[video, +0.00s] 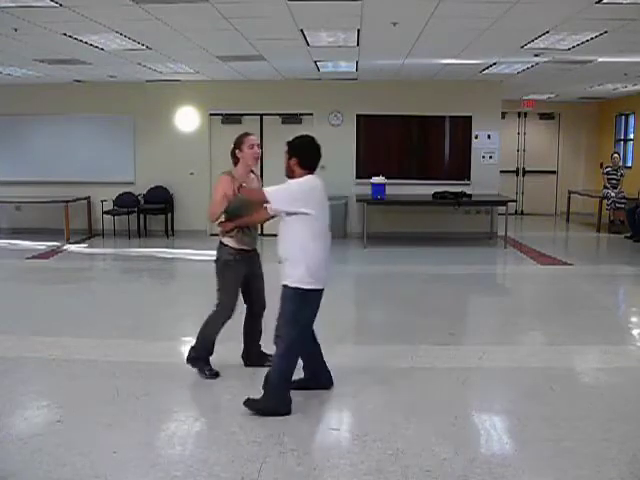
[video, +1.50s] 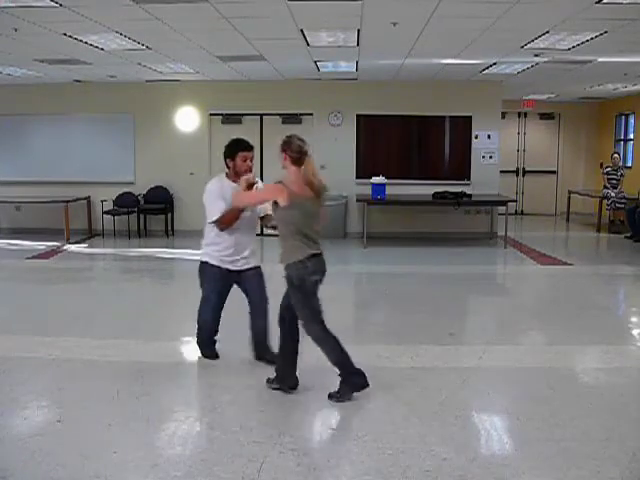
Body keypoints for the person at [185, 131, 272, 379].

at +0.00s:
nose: (258, 151)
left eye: (259, 147)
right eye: (252, 147)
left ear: (258, 151)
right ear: (238, 152)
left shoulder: (256, 180)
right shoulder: (227, 180)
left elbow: (255, 213)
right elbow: (214, 215)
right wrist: (232, 199)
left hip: (250, 252)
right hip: (230, 252)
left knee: (257, 305)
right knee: (226, 308)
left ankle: (252, 353)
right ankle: (198, 355)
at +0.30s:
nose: (250, 166)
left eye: (252, 161)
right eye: (246, 160)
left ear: (255, 161)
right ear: (237, 158)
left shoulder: (259, 186)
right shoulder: (223, 186)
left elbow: (267, 223)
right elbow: (219, 230)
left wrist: (235, 229)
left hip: (250, 254)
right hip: (228, 253)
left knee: (250, 317)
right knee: (219, 309)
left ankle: (244, 369)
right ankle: (195, 357)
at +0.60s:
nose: (248, 157)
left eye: (245, 153)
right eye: (246, 154)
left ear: (218, 156)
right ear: (243, 158)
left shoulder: (209, 177)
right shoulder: (255, 190)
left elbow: (225, 156)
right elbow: (269, 226)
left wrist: (250, 134)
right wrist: (258, 246)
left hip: (210, 267)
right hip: (240, 269)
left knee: (216, 315)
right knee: (243, 329)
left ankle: (194, 369)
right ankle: (238, 389)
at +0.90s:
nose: (228, 158)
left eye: (229, 153)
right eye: (223, 154)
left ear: (219, 157)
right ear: (207, 159)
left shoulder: (210, 179)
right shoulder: (209, 185)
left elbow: (229, 195)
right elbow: (207, 225)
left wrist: (245, 179)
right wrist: (233, 252)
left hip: (203, 263)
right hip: (206, 265)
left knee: (206, 316)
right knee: (215, 320)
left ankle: (194, 362)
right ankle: (205, 379)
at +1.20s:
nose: (227, 162)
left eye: (228, 157)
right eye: (221, 158)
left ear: (229, 159)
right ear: (205, 162)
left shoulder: (232, 187)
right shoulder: (195, 188)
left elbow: (239, 217)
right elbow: (207, 221)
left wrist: (252, 215)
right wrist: (240, 220)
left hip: (220, 265)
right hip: (192, 264)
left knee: (212, 316)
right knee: (190, 311)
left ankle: (196, 362)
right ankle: (196, 342)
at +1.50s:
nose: (250, 165)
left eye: (251, 160)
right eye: (244, 160)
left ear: (254, 161)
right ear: (229, 162)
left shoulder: (256, 186)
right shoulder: (215, 187)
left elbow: (265, 219)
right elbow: (223, 223)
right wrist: (243, 194)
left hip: (246, 261)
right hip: (216, 261)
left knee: (259, 302)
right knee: (212, 304)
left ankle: (261, 348)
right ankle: (206, 344)